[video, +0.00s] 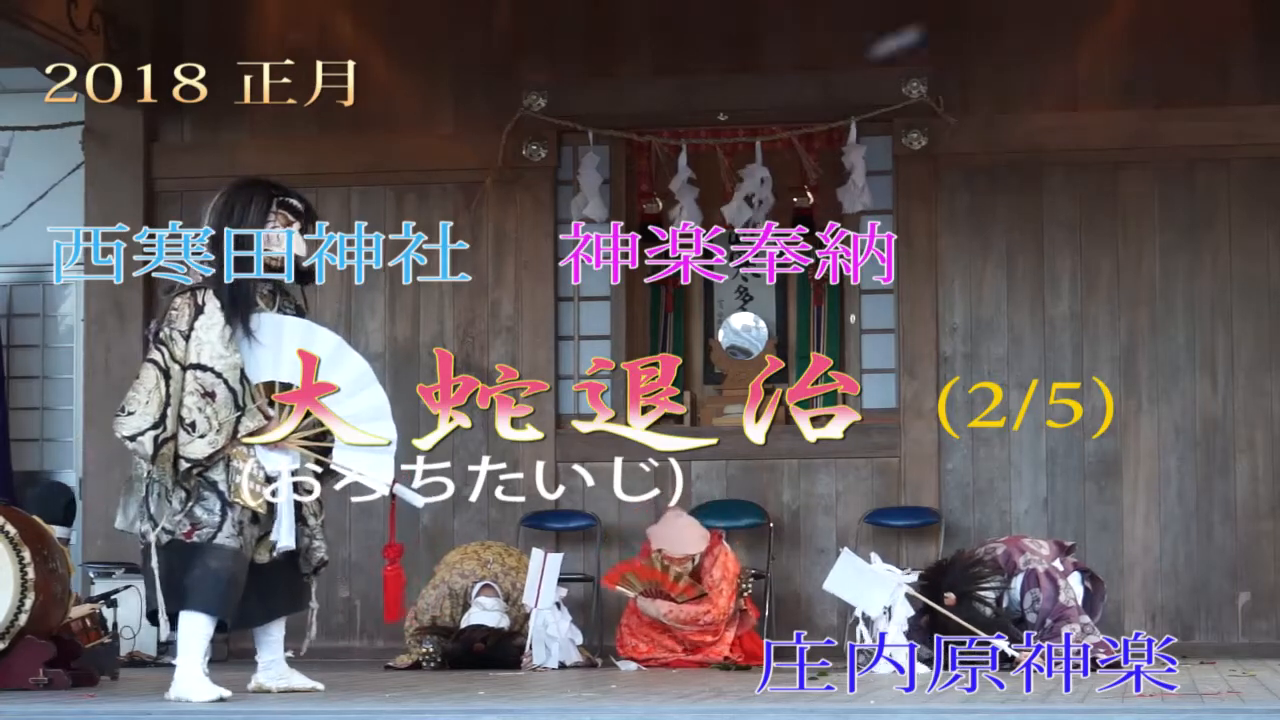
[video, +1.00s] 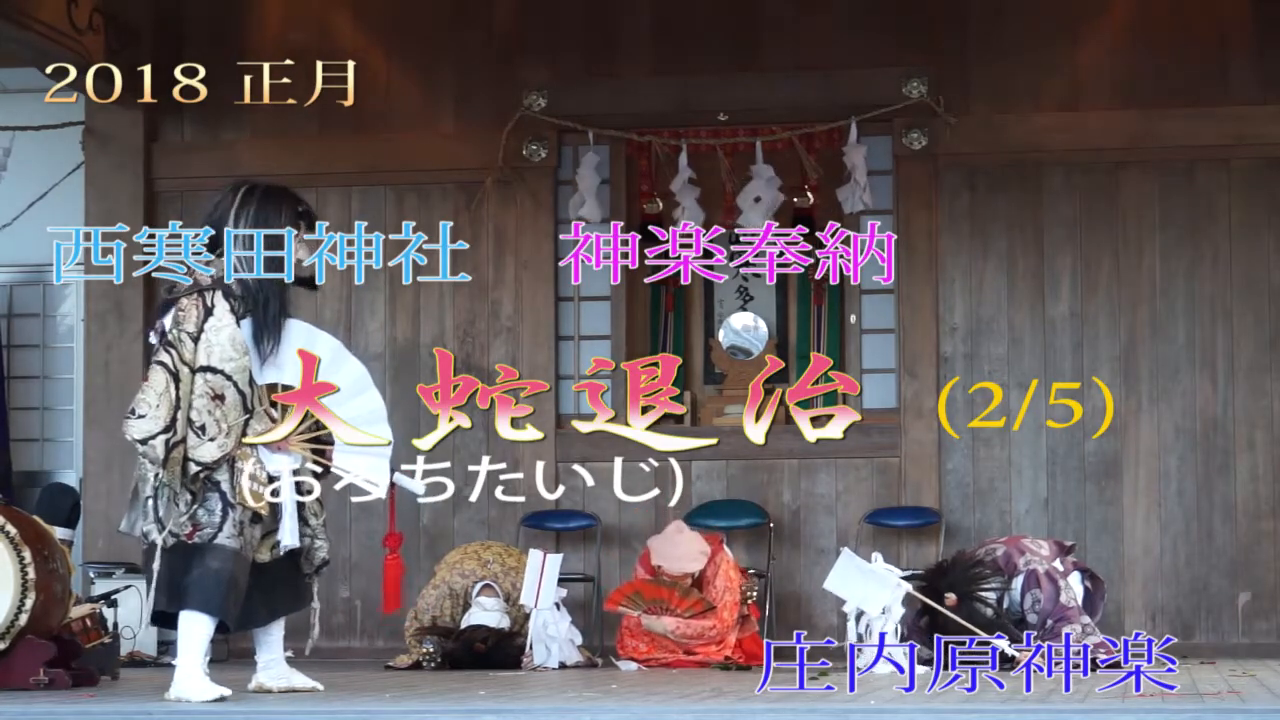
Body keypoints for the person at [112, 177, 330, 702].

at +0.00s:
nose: (292, 238)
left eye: (295, 228)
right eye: (280, 225)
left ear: (293, 240)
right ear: (245, 230)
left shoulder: (286, 305)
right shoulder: (205, 306)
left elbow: (303, 384)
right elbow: (196, 405)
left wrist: (307, 434)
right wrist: (253, 439)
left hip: (272, 457)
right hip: (218, 458)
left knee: (275, 553)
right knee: (218, 553)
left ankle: (272, 665)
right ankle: (189, 673)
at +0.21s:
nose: (303, 239)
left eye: (303, 228)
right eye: (292, 226)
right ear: (256, 231)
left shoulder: (284, 304)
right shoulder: (206, 306)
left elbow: (301, 385)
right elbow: (200, 409)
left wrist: (309, 437)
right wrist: (257, 450)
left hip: (269, 457)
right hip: (215, 457)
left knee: (275, 550)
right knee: (215, 552)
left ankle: (272, 664)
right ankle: (189, 673)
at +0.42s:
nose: (311, 246)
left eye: (310, 233)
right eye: (303, 232)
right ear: (267, 234)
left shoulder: (280, 307)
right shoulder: (210, 306)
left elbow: (295, 389)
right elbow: (205, 409)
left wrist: (309, 438)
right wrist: (263, 446)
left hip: (266, 454)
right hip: (215, 456)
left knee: (277, 547)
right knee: (217, 548)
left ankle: (272, 664)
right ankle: (189, 673)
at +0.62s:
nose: (310, 247)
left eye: (309, 235)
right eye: (302, 233)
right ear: (266, 236)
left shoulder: (272, 309)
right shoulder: (210, 309)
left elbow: (284, 395)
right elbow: (206, 413)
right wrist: (258, 456)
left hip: (263, 454)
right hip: (215, 457)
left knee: (275, 546)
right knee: (219, 546)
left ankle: (272, 664)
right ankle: (190, 672)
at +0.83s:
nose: (306, 250)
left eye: (305, 237)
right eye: (297, 235)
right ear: (263, 239)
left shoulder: (271, 313)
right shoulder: (206, 310)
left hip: (265, 457)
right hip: (214, 458)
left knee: (274, 548)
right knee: (217, 548)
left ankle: (272, 663)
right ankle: (189, 671)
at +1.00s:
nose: (305, 250)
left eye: (304, 237)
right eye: (297, 235)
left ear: (235, 236)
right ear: (263, 239)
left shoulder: (268, 314)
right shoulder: (212, 312)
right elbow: (205, 418)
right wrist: (260, 454)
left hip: (263, 458)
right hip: (217, 460)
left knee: (273, 549)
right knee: (217, 551)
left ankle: (272, 664)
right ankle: (189, 672)